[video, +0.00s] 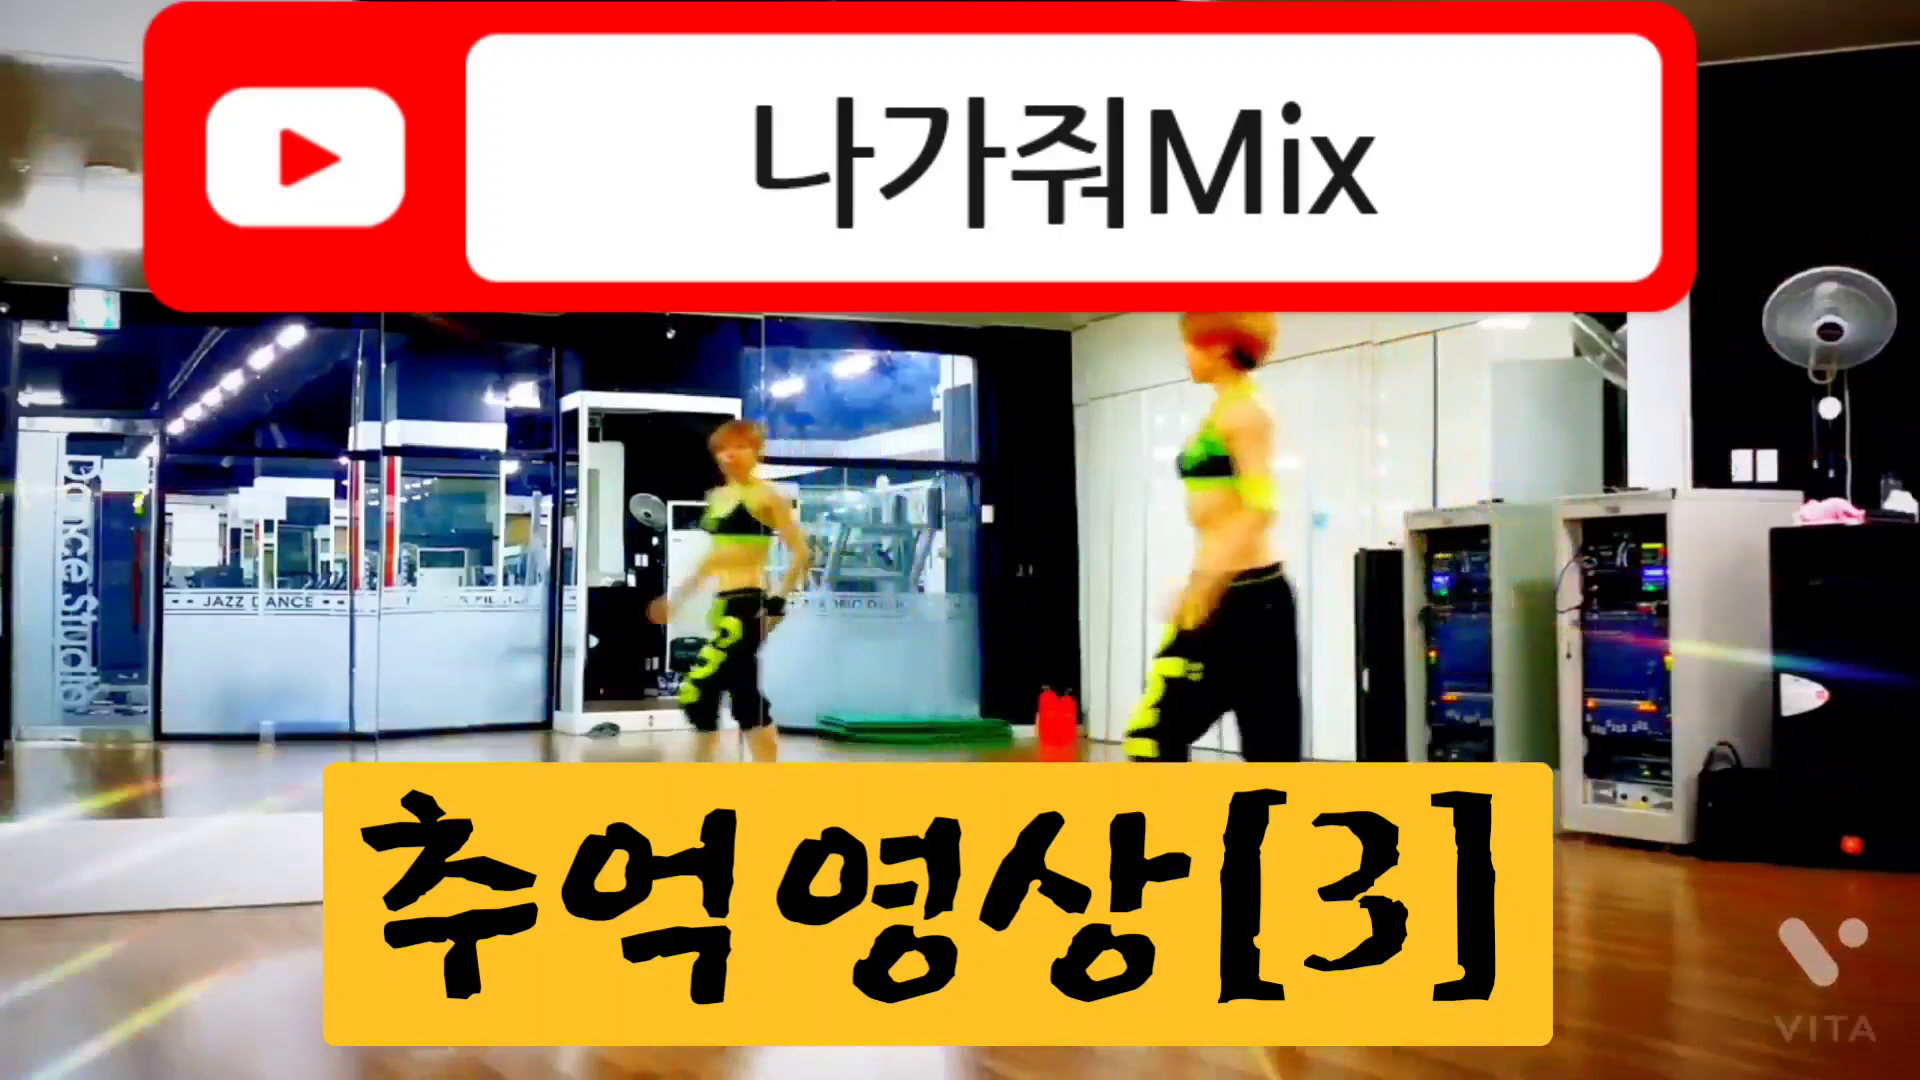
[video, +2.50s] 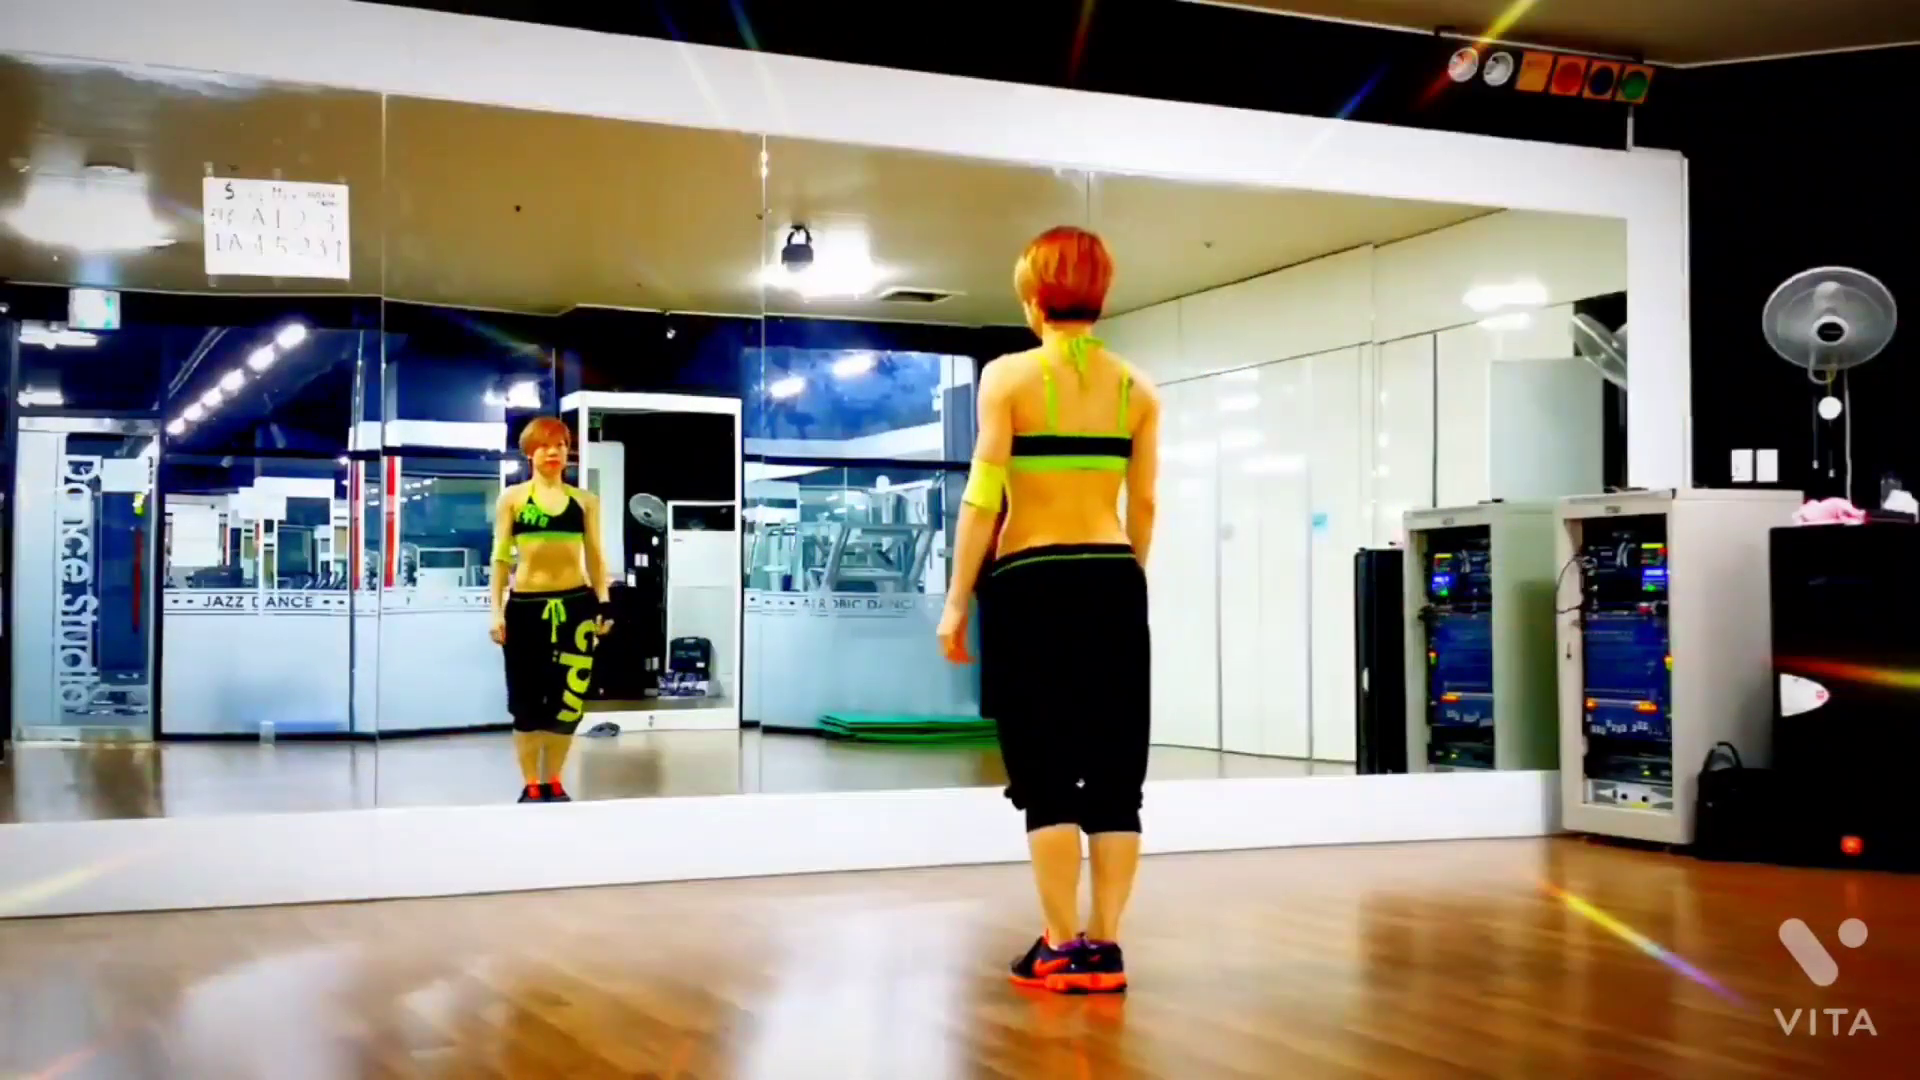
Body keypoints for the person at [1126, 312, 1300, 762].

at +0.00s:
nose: (1186, 352)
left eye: (1194, 341)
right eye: (1187, 341)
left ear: (1221, 347)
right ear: (1224, 346)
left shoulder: (1242, 411)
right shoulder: (1227, 409)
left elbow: (1259, 510)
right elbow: (1237, 513)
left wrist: (1205, 585)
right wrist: (1195, 585)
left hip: (1244, 596)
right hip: (1242, 594)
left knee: (1153, 737)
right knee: (1270, 750)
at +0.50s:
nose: (1049, 336)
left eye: (1049, 327)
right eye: (1050, 328)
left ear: (1059, 329)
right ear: (1116, 330)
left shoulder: (1039, 388)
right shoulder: (1147, 404)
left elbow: (1027, 493)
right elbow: (1181, 509)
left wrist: (1005, 591)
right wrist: (1154, 584)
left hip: (1061, 582)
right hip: (1133, 584)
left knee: (1037, 746)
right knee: (1113, 747)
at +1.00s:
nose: (1039, 326)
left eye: (1041, 318)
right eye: (1041, 319)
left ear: (1052, 323)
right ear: (1114, 323)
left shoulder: (1030, 387)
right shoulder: (1152, 406)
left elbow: (1006, 501)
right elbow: (1171, 515)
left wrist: (971, 587)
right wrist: (1186, 608)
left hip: (1051, 591)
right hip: (1132, 593)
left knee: (1031, 759)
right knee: (1143, 760)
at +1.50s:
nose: (1030, 319)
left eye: (1029, 313)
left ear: (1036, 315)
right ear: (1099, 318)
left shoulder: (1009, 380)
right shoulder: (1134, 395)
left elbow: (989, 500)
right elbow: (1151, 508)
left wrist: (964, 605)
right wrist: (1128, 579)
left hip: (1029, 586)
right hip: (1111, 583)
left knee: (1037, 753)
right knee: (1116, 749)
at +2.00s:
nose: (1024, 316)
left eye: (1025, 309)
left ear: (1033, 313)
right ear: (1094, 313)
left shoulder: (1010, 379)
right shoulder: (1136, 388)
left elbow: (986, 500)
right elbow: (1149, 502)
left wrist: (952, 599)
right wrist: (1157, 600)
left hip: (1029, 584)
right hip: (1110, 583)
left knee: (1032, 752)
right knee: (1112, 750)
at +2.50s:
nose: (1024, 302)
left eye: (1025, 291)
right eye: (1033, 291)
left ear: (1032, 297)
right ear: (1101, 297)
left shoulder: (1007, 377)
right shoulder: (1136, 388)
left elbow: (985, 499)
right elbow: (1142, 504)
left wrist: (957, 599)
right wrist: (1130, 578)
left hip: (1027, 588)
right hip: (1113, 585)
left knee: (1044, 768)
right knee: (1116, 765)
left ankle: (1061, 939)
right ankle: (1104, 943)